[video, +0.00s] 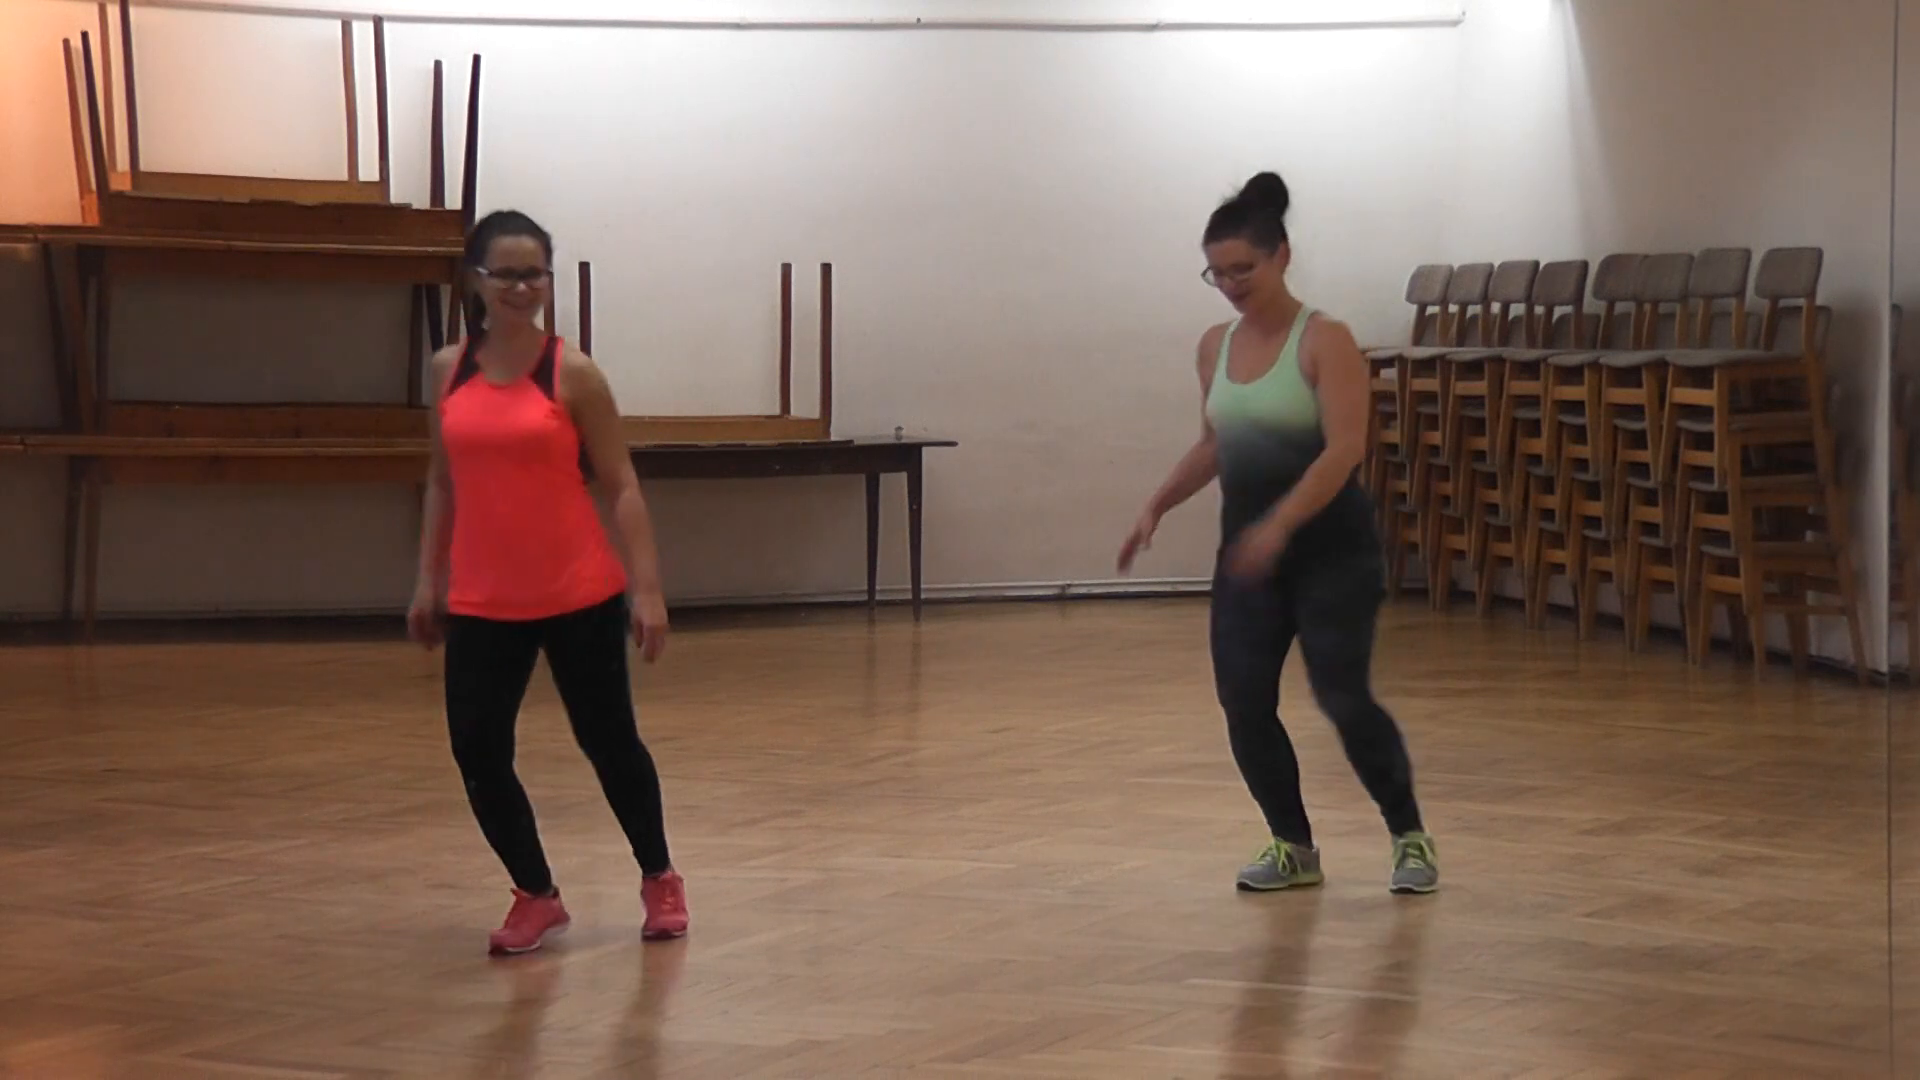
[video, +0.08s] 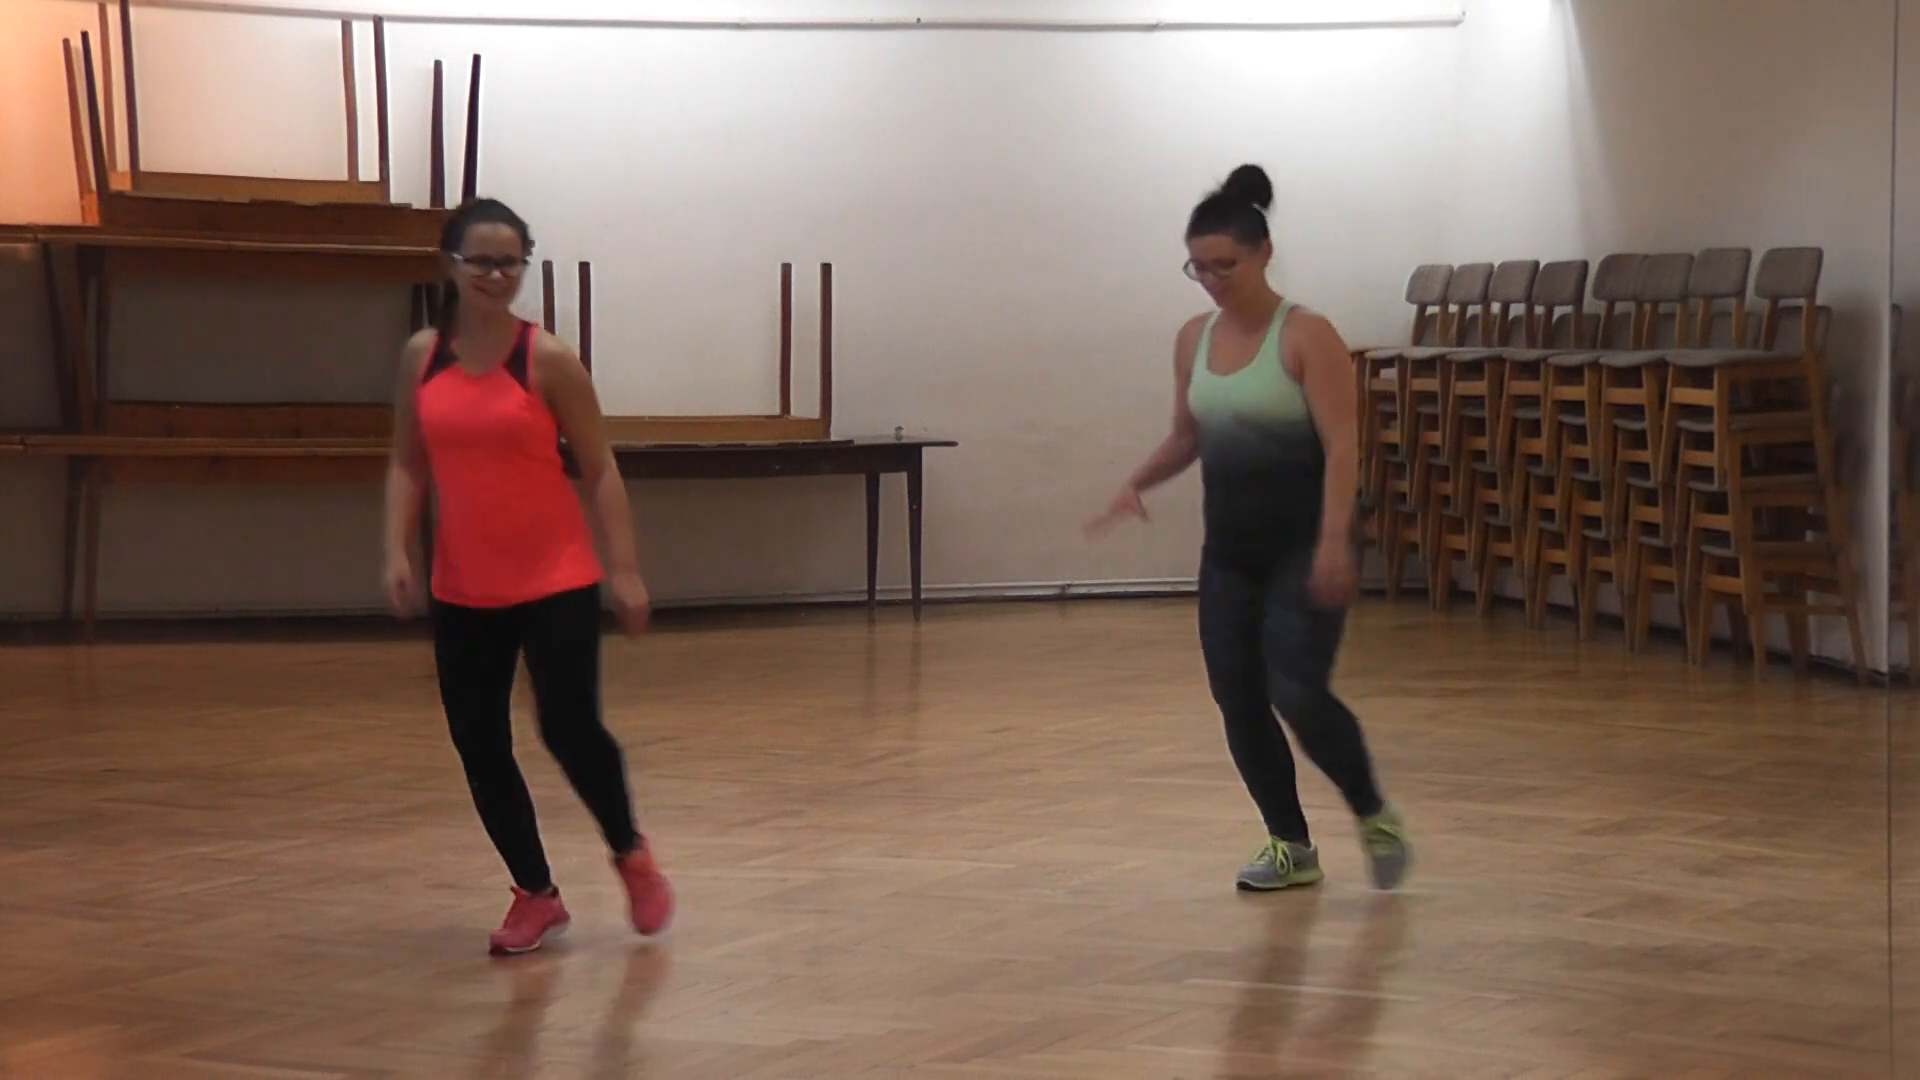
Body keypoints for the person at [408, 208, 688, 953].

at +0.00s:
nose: (521, 288)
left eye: (533, 275)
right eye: (505, 275)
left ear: (550, 280)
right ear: (475, 281)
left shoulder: (576, 375)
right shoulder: (450, 371)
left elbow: (621, 486)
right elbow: (442, 481)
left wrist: (647, 587)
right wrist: (430, 582)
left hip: (578, 594)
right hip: (484, 600)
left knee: (611, 740)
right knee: (478, 752)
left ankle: (660, 879)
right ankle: (536, 896)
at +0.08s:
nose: (498, 277)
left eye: (510, 264)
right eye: (482, 263)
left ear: (525, 268)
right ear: (450, 265)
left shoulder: (552, 361)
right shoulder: (423, 357)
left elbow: (600, 471)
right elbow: (407, 463)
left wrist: (624, 569)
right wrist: (398, 553)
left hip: (557, 580)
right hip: (465, 587)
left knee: (568, 728)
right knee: (480, 746)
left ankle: (630, 852)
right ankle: (536, 894)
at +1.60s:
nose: (199, 259)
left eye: (209, 245)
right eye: (180, 245)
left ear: (217, 248)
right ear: (139, 251)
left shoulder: (152, 335)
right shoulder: (145, 328)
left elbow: (78, 430)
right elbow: (270, 385)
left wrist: (77, 524)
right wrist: (389, 385)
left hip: (150, 579)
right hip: (93, 575)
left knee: (209, 716)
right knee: (67, 738)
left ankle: (116, 875)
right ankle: (1, 910)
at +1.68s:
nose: (215, 272)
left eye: (223, 257)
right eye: (196, 258)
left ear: (229, 259)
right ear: (153, 263)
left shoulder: (153, 346)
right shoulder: (171, 344)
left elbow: (78, 439)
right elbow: (299, 399)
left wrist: (42, 533)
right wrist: (421, 418)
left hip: (159, 584)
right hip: (108, 581)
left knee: (235, 715)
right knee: (51, 743)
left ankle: (192, 897)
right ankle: (1, 916)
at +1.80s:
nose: (244, 299)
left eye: (253, 285)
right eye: (226, 286)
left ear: (260, 289)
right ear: (185, 291)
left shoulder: (182, 376)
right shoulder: (209, 380)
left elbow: (115, 479)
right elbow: (316, 463)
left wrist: (71, 561)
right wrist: (427, 523)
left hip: (194, 617)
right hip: (147, 614)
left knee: (266, 739)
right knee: (71, 764)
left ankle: (244, 927)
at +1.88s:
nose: (273, 294)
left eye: (281, 280)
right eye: (255, 282)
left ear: (289, 283)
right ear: (214, 289)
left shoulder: (213, 371)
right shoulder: (239, 377)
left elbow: (159, 482)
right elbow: (308, 492)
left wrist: (127, 579)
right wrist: (380, 579)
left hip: (228, 612)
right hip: (194, 612)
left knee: (288, 743)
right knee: (167, 767)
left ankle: (248, 928)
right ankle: (19, 895)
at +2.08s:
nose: (349, 258)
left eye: (356, 243)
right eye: (330, 247)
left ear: (364, 250)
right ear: (289, 260)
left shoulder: (338, 341)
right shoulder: (295, 351)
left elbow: (313, 466)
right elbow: (243, 463)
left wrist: (358, 538)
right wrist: (213, 575)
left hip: (302, 580)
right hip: (291, 583)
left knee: (274, 743)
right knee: (379, 713)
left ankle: (245, 923)